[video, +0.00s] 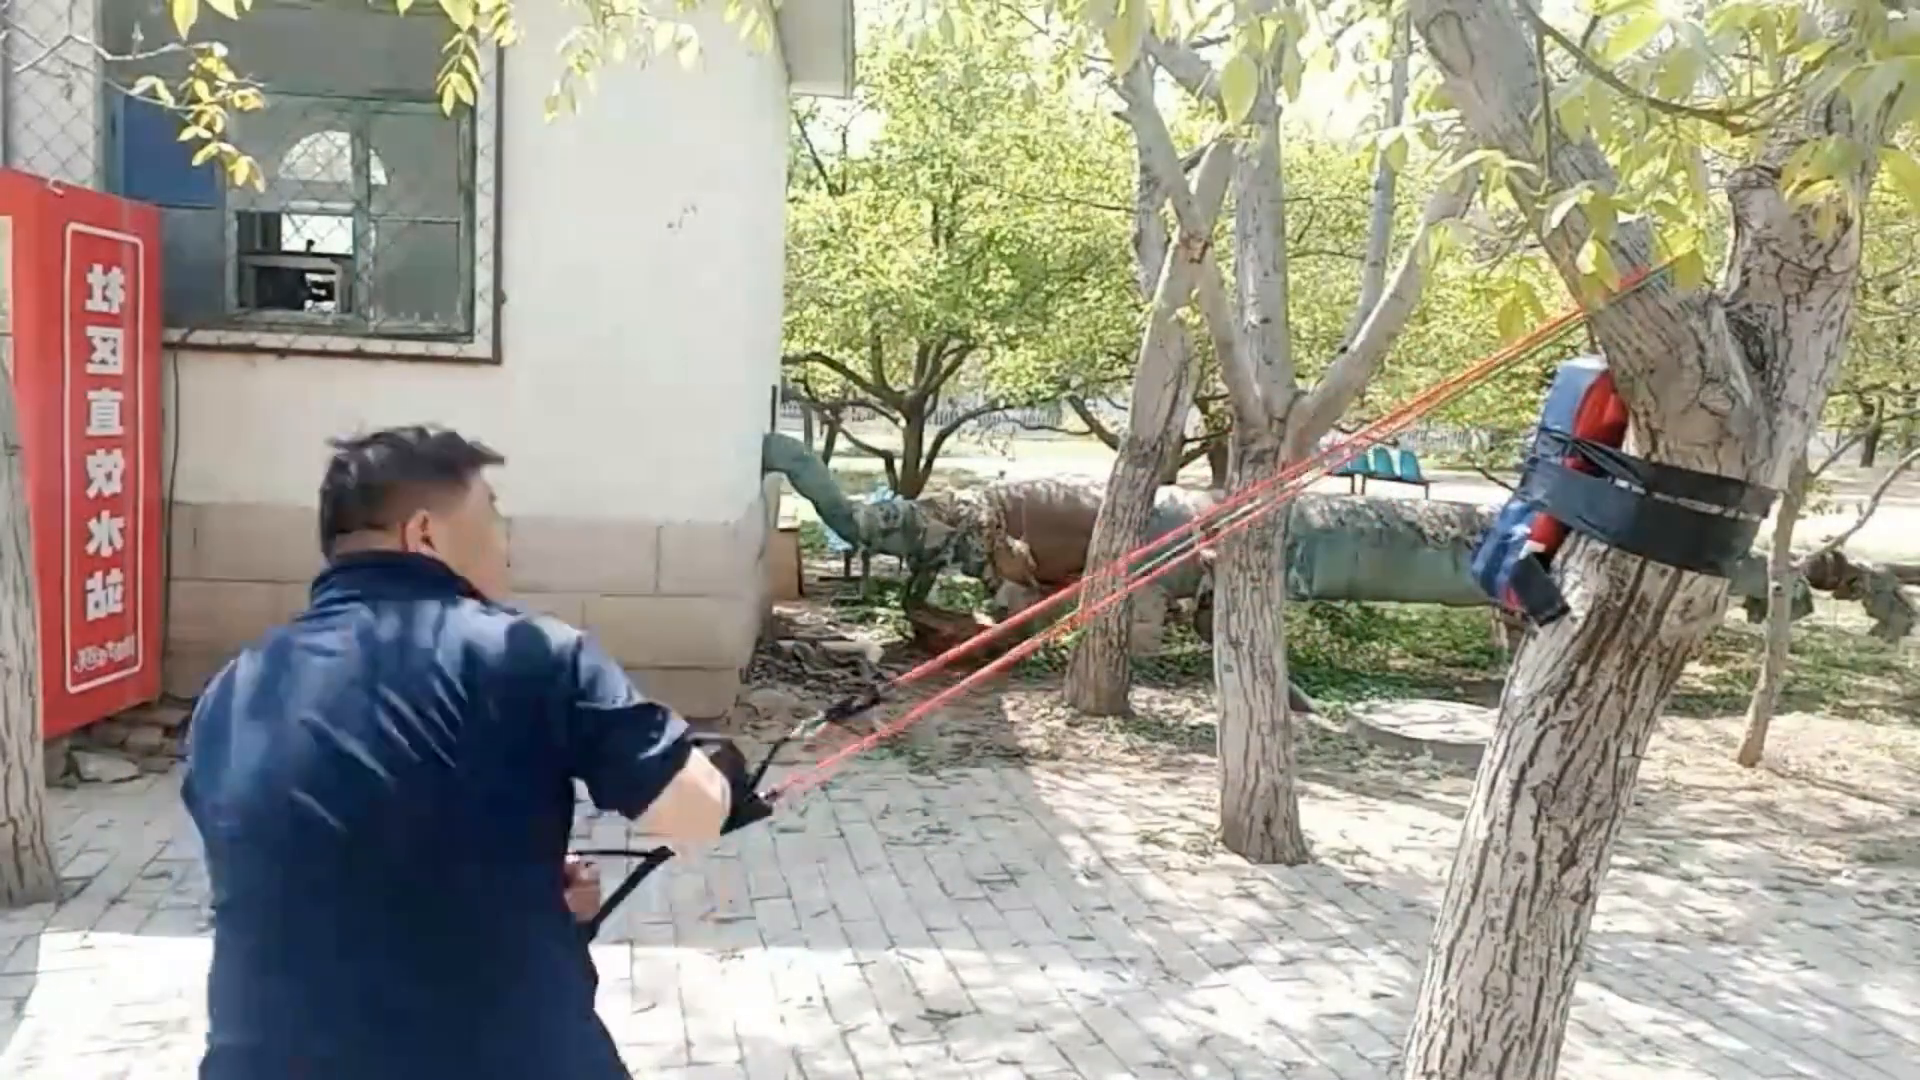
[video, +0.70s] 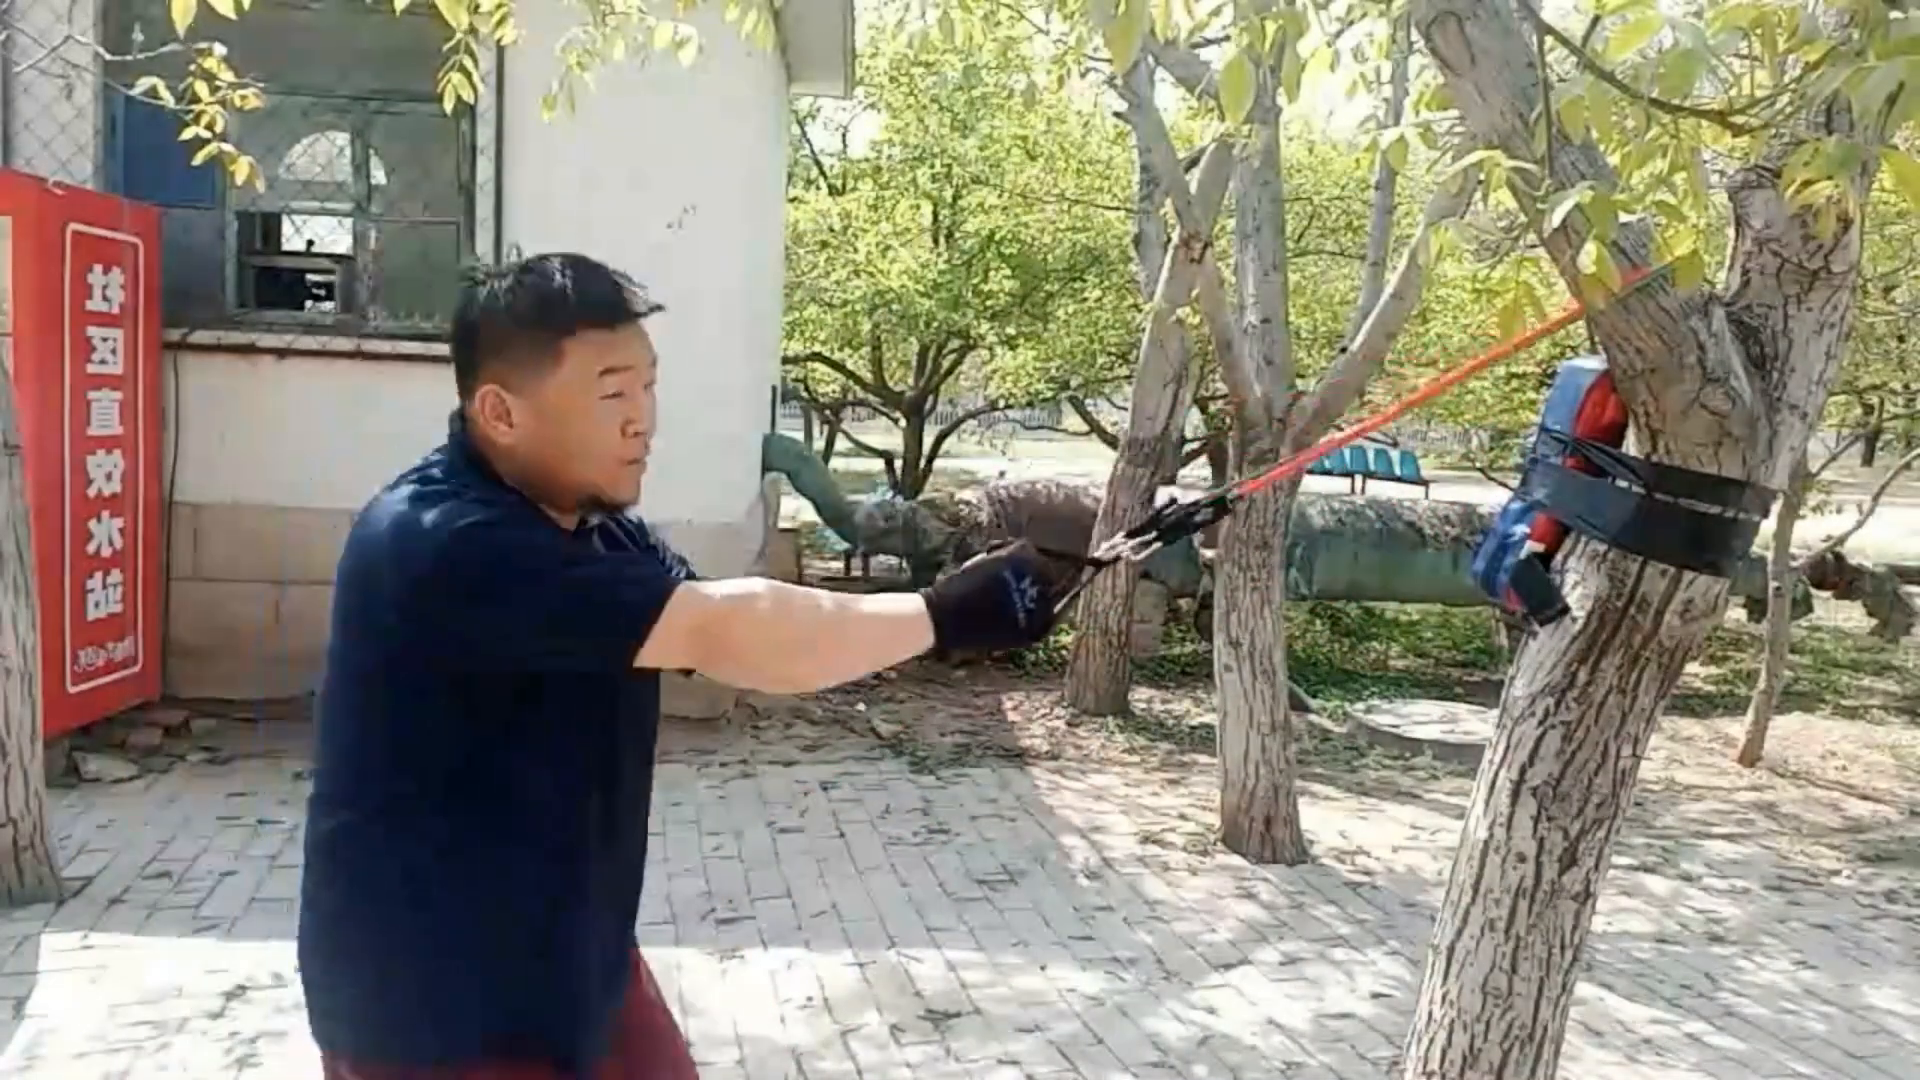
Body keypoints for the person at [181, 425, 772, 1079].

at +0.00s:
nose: (507, 547)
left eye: (500, 522)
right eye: (493, 521)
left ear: (341, 545)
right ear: (424, 535)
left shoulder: (229, 693)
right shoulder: (535, 656)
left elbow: (289, 893)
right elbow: (694, 815)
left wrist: (523, 887)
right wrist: (700, 761)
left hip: (271, 1065)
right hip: (511, 1065)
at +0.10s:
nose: (499, 482)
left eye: (488, 456)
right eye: (479, 456)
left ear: (386, 482)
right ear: (401, 482)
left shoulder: (237, 632)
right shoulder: (496, 597)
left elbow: (339, 830)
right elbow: (663, 741)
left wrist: (551, 834)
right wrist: (768, 703)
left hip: (255, 1052)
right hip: (478, 1051)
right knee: (626, 1062)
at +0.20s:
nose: (506, 397)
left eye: (494, 372)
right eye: (481, 371)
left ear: (382, 404)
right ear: (391, 401)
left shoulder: (279, 549)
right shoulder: (480, 537)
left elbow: (406, 753)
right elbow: (663, 671)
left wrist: (620, 732)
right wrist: (799, 598)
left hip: (265, 1027)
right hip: (451, 1031)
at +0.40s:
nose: (541, 342)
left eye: (526, 312)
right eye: (509, 315)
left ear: (410, 357)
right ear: (410, 353)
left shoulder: (396, 482)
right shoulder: (428, 516)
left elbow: (657, 530)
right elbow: (697, 582)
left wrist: (859, 508)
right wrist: (922, 576)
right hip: (422, 1022)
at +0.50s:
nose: (573, 350)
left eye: (563, 319)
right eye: (544, 319)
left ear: (443, 360)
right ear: (434, 356)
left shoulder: (498, 495)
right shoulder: (400, 521)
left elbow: (701, 541)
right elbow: (694, 590)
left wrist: (903, 525)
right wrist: (919, 577)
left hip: (549, 1001)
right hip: (428, 1037)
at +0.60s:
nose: (589, 367)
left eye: (581, 335)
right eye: (560, 336)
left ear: (456, 371)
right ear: (445, 367)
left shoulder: (533, 505)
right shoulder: (396, 526)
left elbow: (700, 573)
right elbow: (689, 601)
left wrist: (908, 561)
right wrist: (928, 581)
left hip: (569, 987)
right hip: (437, 1029)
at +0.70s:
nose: (645, 416)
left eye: (645, 385)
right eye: (612, 391)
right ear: (500, 414)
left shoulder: (604, 538)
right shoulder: (441, 543)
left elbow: (745, 636)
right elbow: (719, 630)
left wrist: (933, 617)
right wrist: (937, 618)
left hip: (585, 977)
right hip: (435, 1020)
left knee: (670, 1073)